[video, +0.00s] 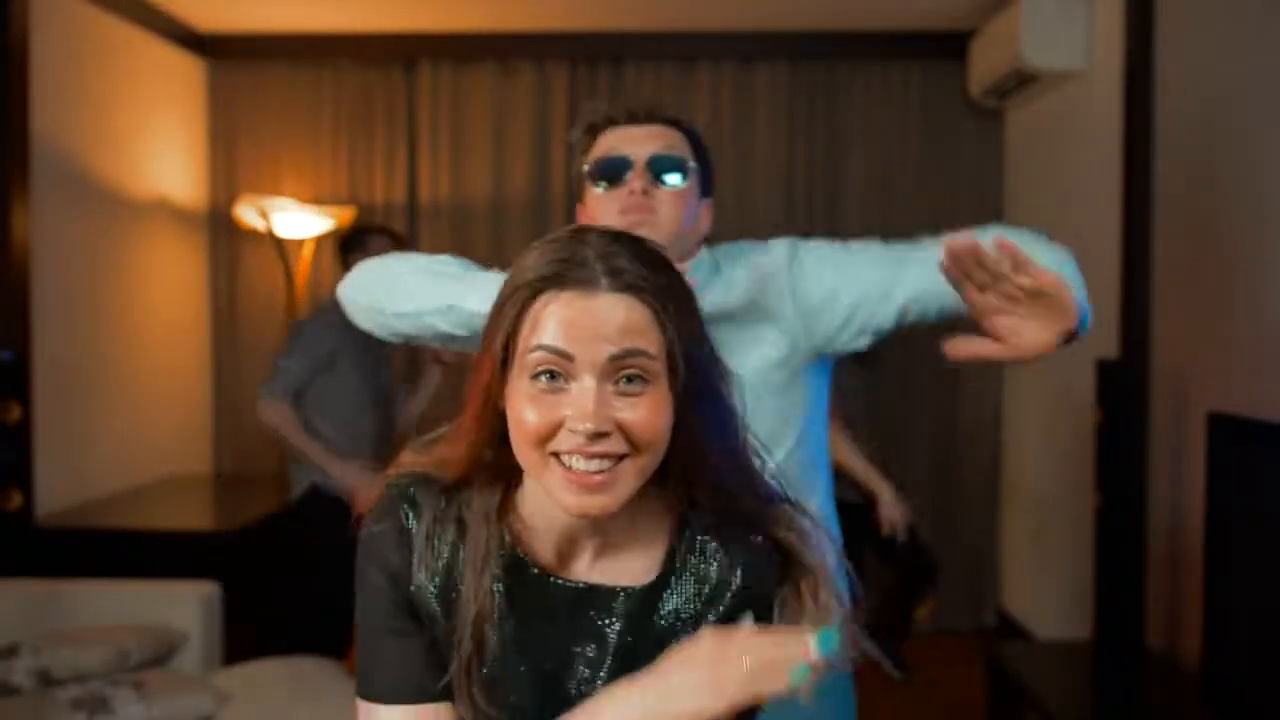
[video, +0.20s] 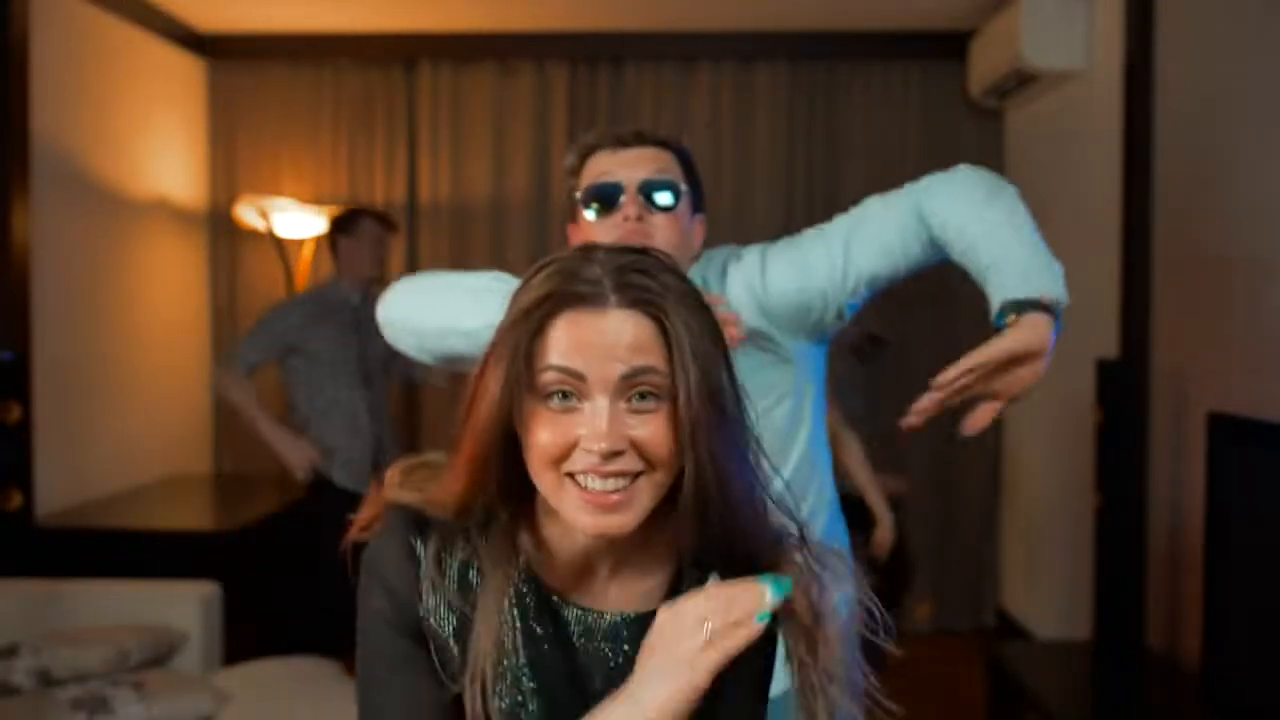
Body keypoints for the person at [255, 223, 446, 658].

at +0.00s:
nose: (384, 276)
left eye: (392, 264)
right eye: (374, 263)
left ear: (401, 268)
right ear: (352, 268)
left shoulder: (384, 334)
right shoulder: (325, 328)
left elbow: (394, 426)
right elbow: (272, 406)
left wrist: (431, 377)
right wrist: (348, 476)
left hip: (364, 503)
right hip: (323, 505)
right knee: (323, 631)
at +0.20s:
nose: (380, 254)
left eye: (383, 244)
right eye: (371, 243)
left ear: (384, 251)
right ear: (341, 247)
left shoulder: (380, 318)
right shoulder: (302, 314)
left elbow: (428, 370)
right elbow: (230, 374)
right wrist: (283, 441)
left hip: (388, 485)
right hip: (332, 487)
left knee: (387, 603)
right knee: (334, 609)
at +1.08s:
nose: (342, 264)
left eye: (343, 253)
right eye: (327, 258)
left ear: (351, 256)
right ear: (302, 269)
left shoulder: (373, 314)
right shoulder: (296, 332)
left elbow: (379, 389)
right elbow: (304, 433)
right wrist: (386, 389)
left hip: (378, 486)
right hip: (321, 490)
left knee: (396, 610)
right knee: (322, 614)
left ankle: (357, 686)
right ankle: (315, 688)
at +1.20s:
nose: (356, 251)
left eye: (355, 240)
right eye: (340, 246)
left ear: (360, 239)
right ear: (316, 258)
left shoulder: (372, 302)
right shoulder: (307, 317)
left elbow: (386, 388)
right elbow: (327, 411)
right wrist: (400, 354)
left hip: (379, 479)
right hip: (330, 487)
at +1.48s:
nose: (388, 250)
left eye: (388, 240)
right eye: (376, 243)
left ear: (390, 246)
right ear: (348, 254)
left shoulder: (367, 301)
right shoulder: (346, 300)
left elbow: (361, 383)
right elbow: (356, 384)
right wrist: (426, 345)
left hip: (362, 472)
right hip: (338, 472)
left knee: (370, 591)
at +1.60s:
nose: (407, 256)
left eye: (406, 246)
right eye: (395, 246)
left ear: (390, 254)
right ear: (367, 254)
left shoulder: (373, 306)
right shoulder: (358, 304)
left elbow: (355, 384)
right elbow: (348, 386)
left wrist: (416, 380)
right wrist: (417, 381)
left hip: (357, 474)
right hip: (339, 474)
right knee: (349, 590)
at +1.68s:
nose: (413, 265)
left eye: (413, 255)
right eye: (403, 255)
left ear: (393, 262)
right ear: (375, 261)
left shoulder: (384, 313)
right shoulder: (360, 308)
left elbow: (356, 387)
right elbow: (337, 391)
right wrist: (406, 404)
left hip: (361, 476)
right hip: (337, 475)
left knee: (350, 585)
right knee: (342, 585)